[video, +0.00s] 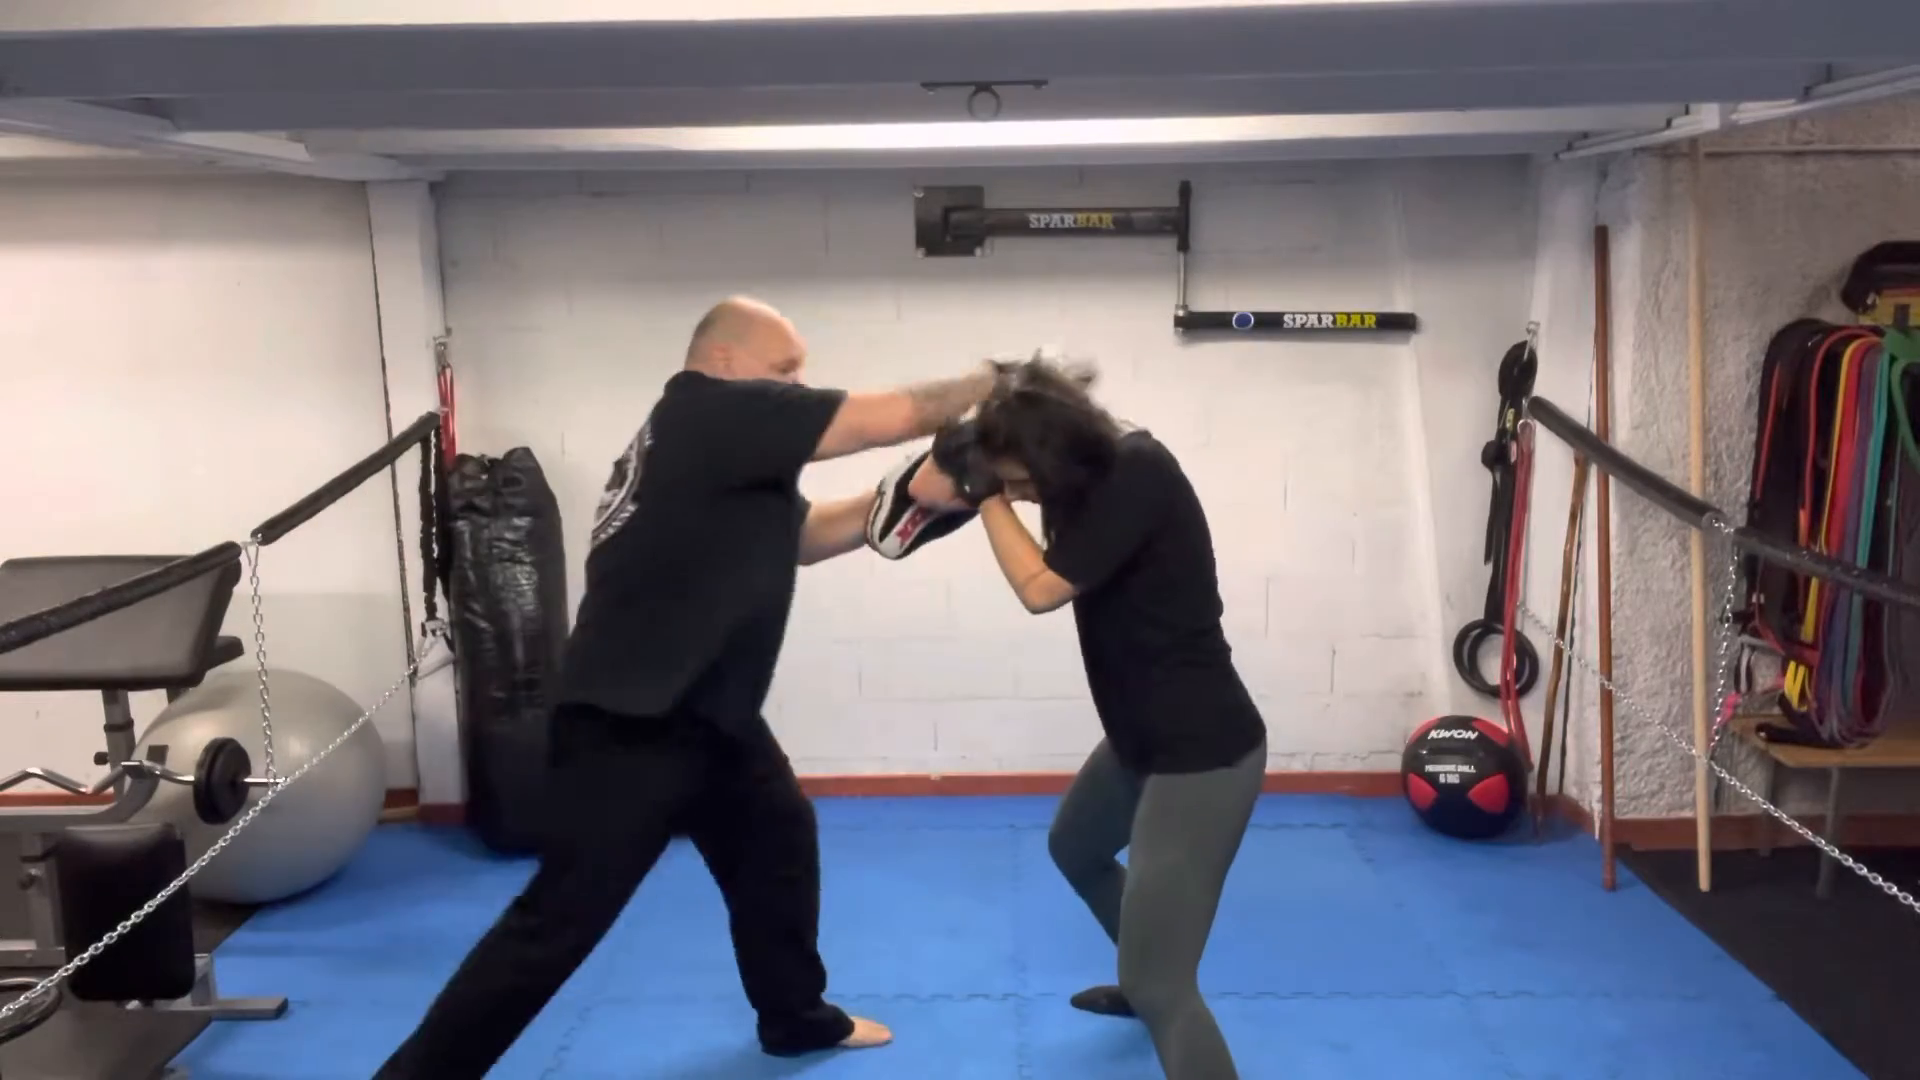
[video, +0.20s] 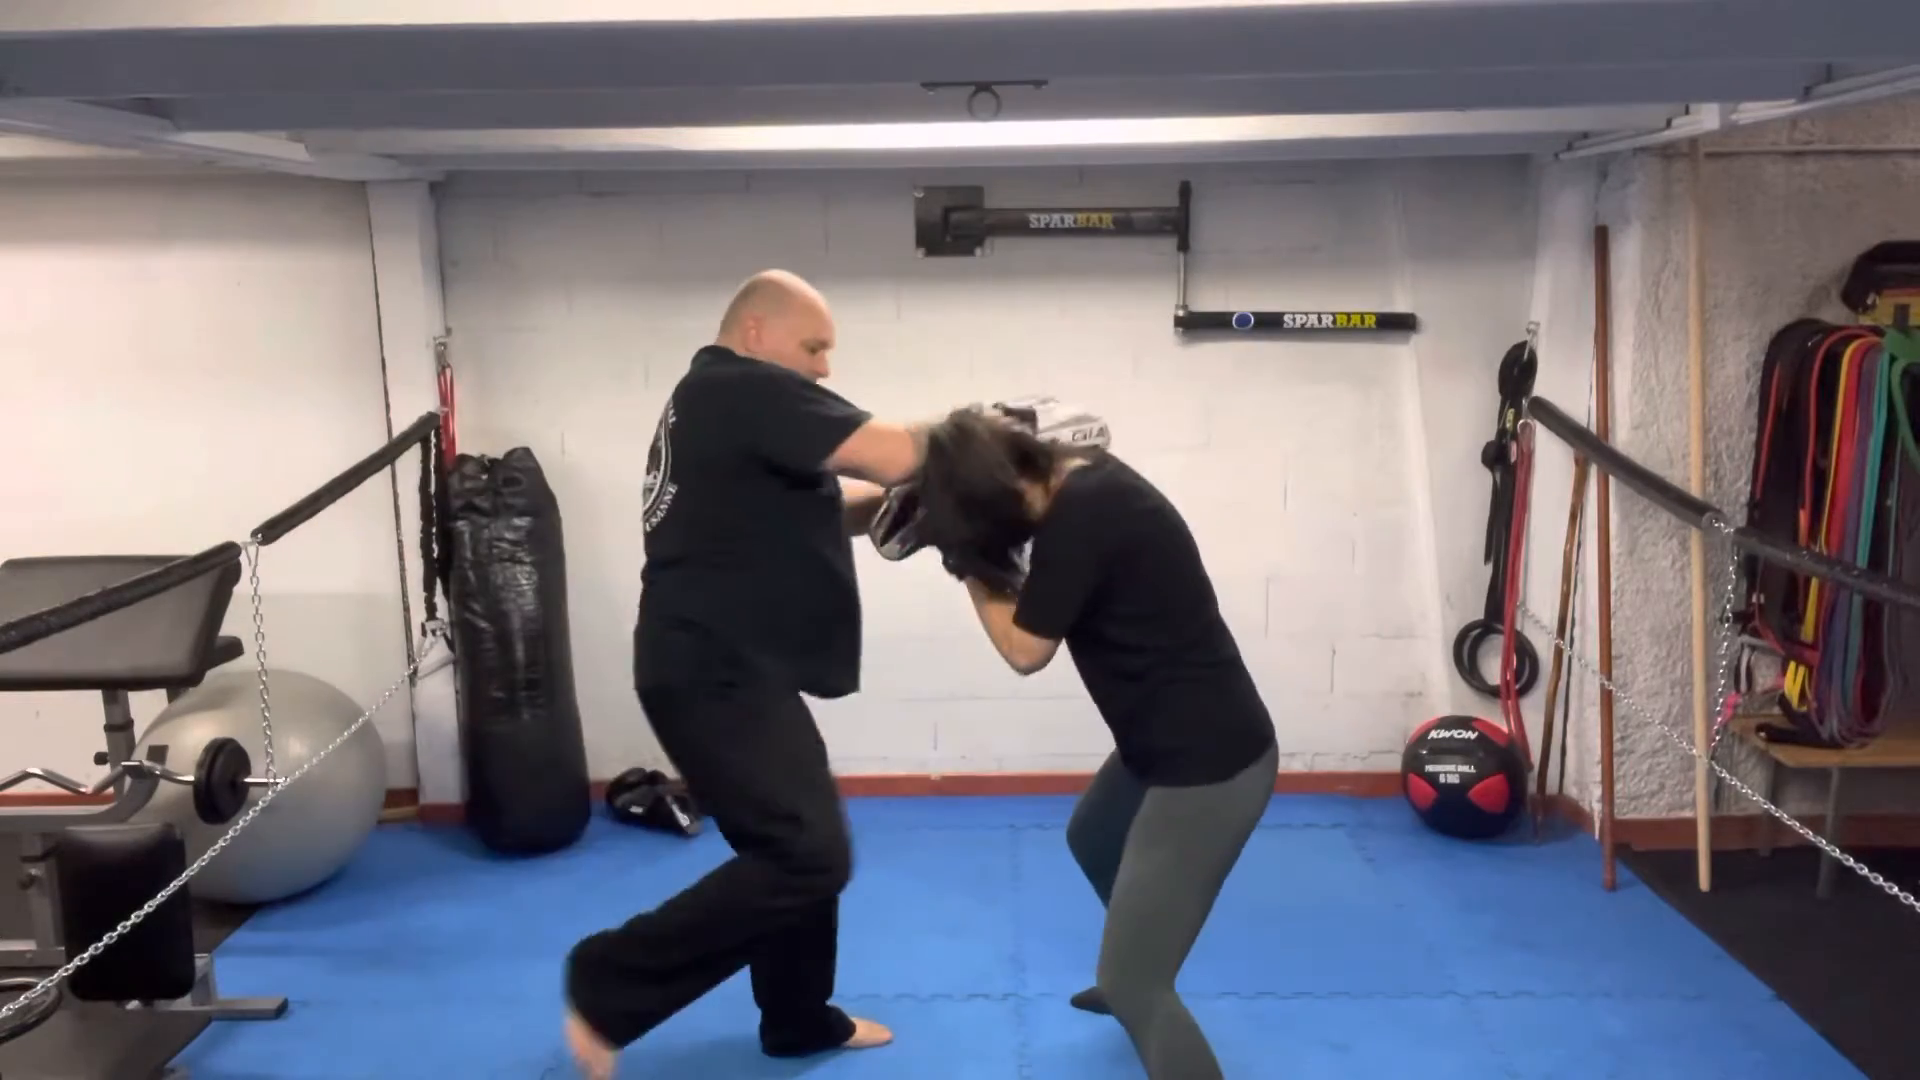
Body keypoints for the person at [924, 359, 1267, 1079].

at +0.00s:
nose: (1014, 495)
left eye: (1018, 482)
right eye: (1006, 484)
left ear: (1050, 463)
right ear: (1051, 442)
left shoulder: (1135, 476)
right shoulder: (1088, 469)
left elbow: (1039, 588)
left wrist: (986, 492)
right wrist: (956, 473)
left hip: (1204, 751)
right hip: (1144, 736)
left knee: (1157, 981)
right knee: (1077, 847)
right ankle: (1150, 984)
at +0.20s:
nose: (991, 536)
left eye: (988, 528)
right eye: (980, 531)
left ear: (998, 498)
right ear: (1016, 454)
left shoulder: (1084, 513)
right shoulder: (1080, 482)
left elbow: (1025, 651)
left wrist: (965, 556)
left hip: (1213, 765)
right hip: (1163, 745)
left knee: (1133, 983)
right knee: (1093, 839)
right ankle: (1135, 982)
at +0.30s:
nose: (995, 576)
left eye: (988, 567)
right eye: (982, 572)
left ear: (997, 529)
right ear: (998, 505)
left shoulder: (1066, 552)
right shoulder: (1079, 498)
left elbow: (1022, 706)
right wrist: (977, 658)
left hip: (1228, 775)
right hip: (1177, 749)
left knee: (1128, 987)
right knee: (1097, 843)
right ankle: (1146, 989)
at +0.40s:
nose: (990, 607)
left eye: (984, 598)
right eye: (981, 603)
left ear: (1000, 565)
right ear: (997, 545)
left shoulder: (1079, 563)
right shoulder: (1070, 533)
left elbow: (1049, 714)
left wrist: (981, 667)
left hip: (1237, 783)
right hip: (1173, 753)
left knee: (1130, 988)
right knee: (1086, 864)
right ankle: (1148, 986)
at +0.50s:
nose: (1001, 626)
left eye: (999, 616)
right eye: (990, 622)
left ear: (1019, 583)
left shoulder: (1108, 577)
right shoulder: (1038, 534)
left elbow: (1113, 727)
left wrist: (1023, 678)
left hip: (1236, 774)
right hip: (1157, 755)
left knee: (1142, 985)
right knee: (1077, 888)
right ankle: (1142, 984)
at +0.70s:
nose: (1072, 559)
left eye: (1076, 548)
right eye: (1064, 549)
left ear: (1102, 522)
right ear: (1052, 522)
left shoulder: (1193, 525)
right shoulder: (1058, 519)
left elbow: (1221, 678)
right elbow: (950, 629)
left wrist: (1076, 685)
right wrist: (1007, 517)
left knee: (1135, 996)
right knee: (1060, 903)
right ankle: (1140, 986)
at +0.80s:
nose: (1053, 476)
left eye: (1072, 472)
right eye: (1053, 458)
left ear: (1131, 475)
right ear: (1057, 431)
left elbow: (1186, 651)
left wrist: (1057, 599)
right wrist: (1036, 418)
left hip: (1187, 776)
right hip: (1102, 754)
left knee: (1122, 999)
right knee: (1052, 897)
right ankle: (1140, 987)